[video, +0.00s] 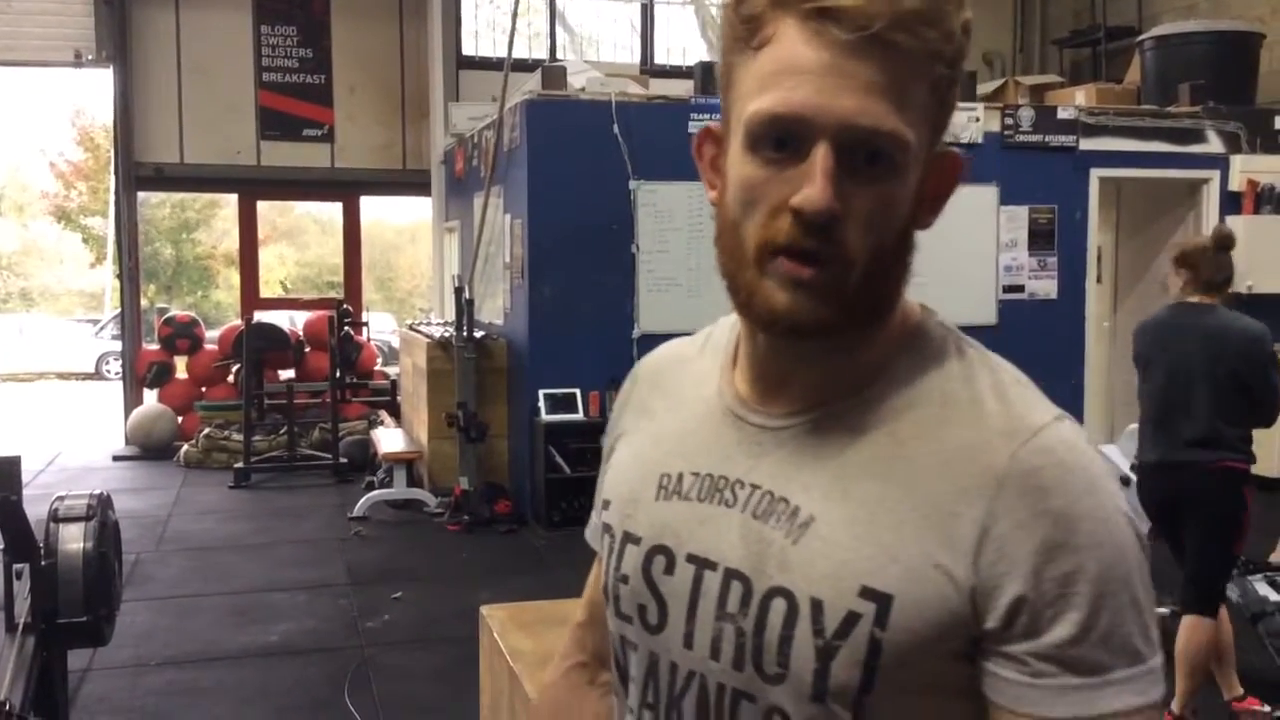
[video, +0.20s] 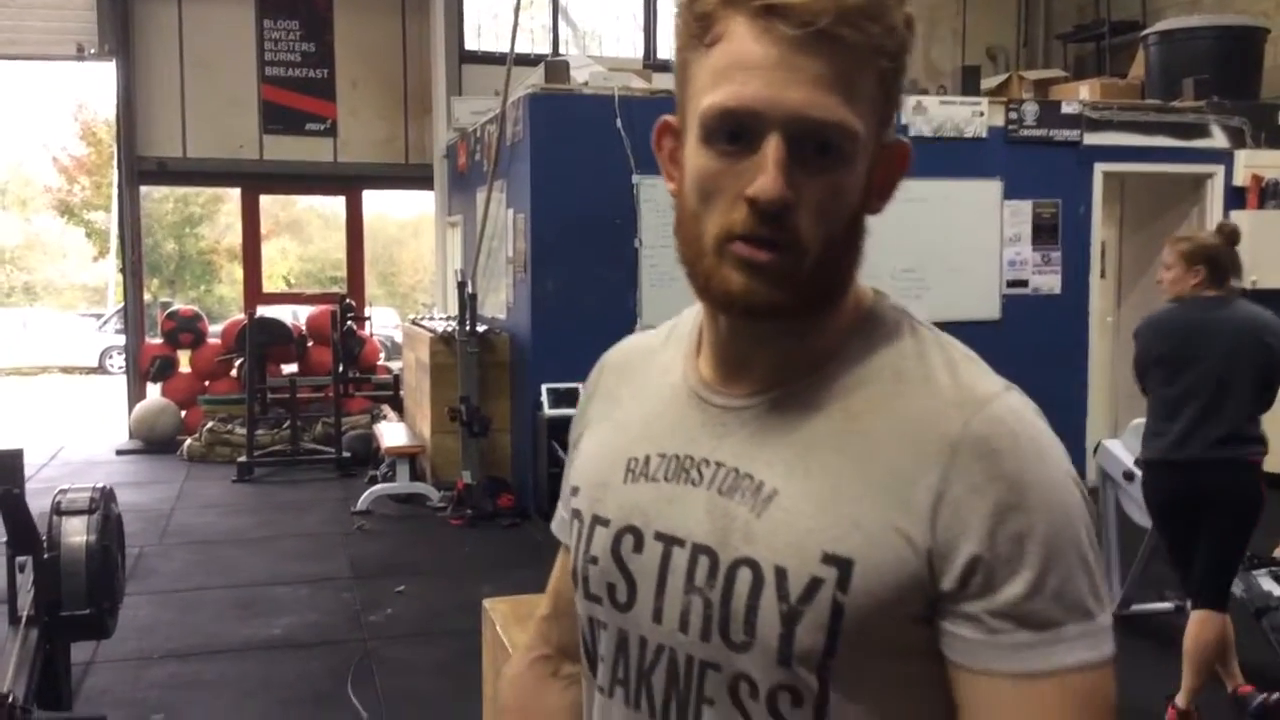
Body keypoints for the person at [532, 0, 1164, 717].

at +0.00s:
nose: (817, 199)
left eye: (868, 158)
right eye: (780, 144)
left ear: (932, 192)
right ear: (714, 164)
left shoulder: (1039, 487)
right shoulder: (655, 392)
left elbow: (1097, 700)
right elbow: (592, 658)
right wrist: (571, 674)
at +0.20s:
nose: (769, 188)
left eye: (818, 147)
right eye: (733, 135)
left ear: (881, 179)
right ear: (672, 156)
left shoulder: (984, 451)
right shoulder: (620, 382)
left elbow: (1054, 691)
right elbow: (556, 659)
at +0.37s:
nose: (729, 174)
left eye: (775, 134)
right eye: (693, 127)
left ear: (842, 161)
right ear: (638, 152)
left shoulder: (945, 425)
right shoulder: (597, 374)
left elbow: (1008, 700)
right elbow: (536, 658)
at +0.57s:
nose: (704, 153)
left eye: (747, 111)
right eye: (667, 110)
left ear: (814, 144)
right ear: (616, 143)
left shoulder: (927, 404)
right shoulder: (594, 362)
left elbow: (1014, 712)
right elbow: (544, 635)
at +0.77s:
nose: (752, 112)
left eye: (797, 70)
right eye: (715, 74)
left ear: (875, 99)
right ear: (672, 111)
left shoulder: (1010, 353)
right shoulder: (687, 332)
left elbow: (1134, 682)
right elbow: (645, 594)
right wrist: (595, 706)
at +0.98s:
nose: (871, 87)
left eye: (918, 35)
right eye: (855, 47)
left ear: (1054, 28)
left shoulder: (1219, 298)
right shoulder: (930, 283)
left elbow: (1266, 664)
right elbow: (904, 575)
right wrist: (810, 703)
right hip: (909, 705)